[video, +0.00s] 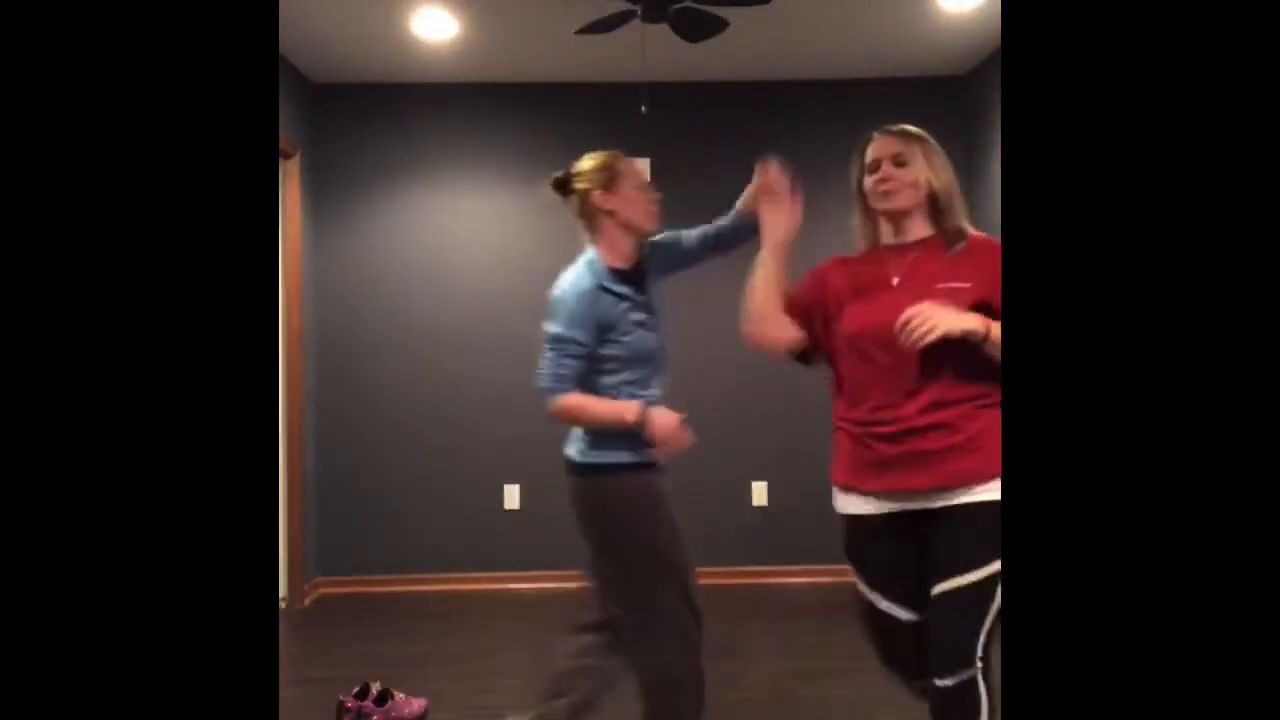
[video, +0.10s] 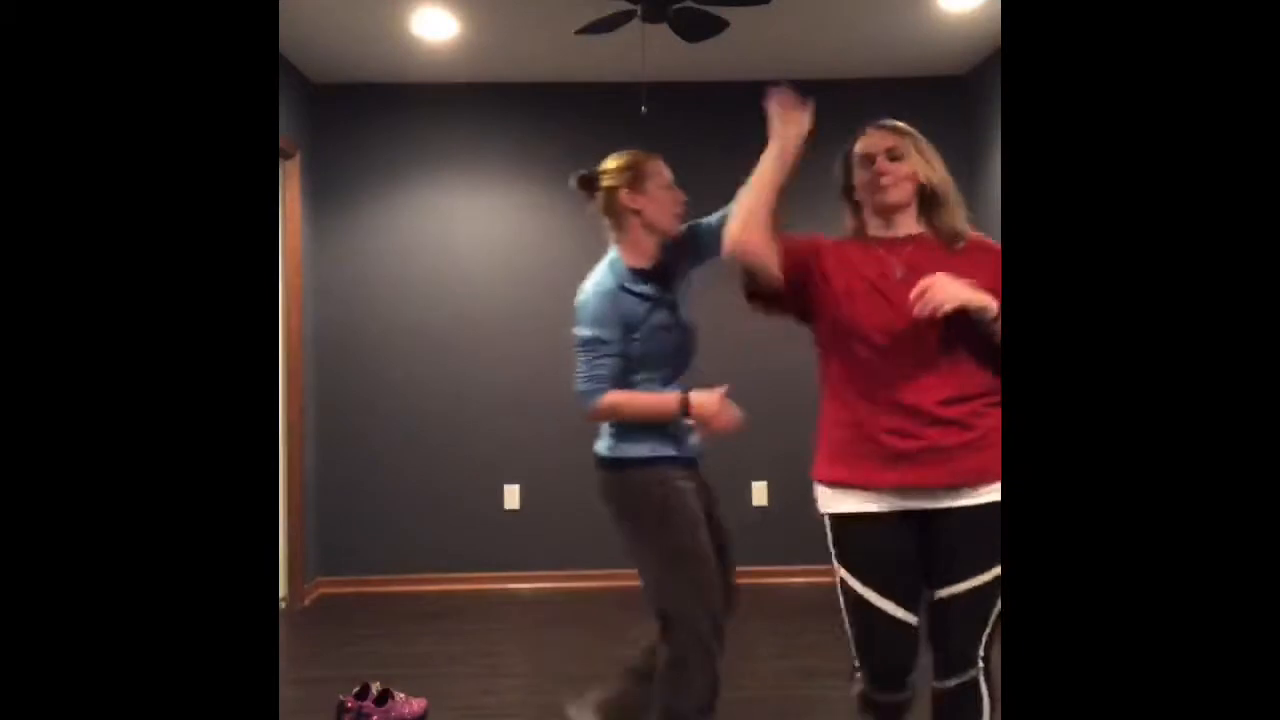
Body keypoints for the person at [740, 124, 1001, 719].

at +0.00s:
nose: (884, 173)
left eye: (899, 161)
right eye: (873, 168)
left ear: (932, 173)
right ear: (862, 189)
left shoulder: (983, 259)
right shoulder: (841, 277)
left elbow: (1003, 347)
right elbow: (765, 331)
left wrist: (974, 324)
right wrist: (773, 241)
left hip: (972, 495)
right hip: (872, 502)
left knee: (953, 667)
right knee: (902, 656)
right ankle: (964, 704)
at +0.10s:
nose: (881, 168)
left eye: (895, 156)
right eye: (866, 161)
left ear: (925, 172)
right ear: (850, 185)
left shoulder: (983, 259)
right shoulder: (826, 260)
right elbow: (741, 242)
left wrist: (984, 305)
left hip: (973, 489)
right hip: (863, 493)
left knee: (962, 671)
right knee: (886, 675)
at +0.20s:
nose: (868, 160)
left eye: (879, 148)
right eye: (850, 152)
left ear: (900, 164)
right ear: (829, 175)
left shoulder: (943, 245)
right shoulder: (802, 245)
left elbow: (996, 349)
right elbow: (777, 163)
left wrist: (979, 296)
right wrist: (814, 88)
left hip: (963, 472)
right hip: (851, 480)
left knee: (959, 662)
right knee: (881, 662)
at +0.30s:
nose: (854, 167)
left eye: (864, 154)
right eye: (836, 153)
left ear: (877, 168)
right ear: (799, 168)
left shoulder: (896, 257)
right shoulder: (779, 243)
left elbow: (959, 363)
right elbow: (817, 168)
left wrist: (954, 301)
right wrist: (860, 102)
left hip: (922, 481)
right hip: (824, 485)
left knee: (940, 666)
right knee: (848, 667)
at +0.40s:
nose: (836, 156)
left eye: (830, 145)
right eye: (820, 145)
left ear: (777, 163)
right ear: (776, 161)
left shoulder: (813, 246)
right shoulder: (760, 232)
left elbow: (847, 363)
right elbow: (908, 174)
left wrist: (897, 321)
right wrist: (900, 139)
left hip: (852, 486)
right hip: (794, 489)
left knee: (900, 645)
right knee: (817, 666)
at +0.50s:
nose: (794, 162)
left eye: (789, 148)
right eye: (784, 150)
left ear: (713, 166)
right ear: (755, 162)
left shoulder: (712, 244)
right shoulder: (773, 231)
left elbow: (776, 334)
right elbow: (920, 257)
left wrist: (861, 341)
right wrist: (918, 239)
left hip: (726, 480)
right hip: (789, 485)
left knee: (841, 635)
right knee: (811, 658)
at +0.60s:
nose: (781, 161)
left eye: (772, 144)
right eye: (766, 147)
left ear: (685, 165)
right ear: (733, 164)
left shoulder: (659, 249)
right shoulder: (761, 241)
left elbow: (718, 346)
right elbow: (873, 324)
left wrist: (813, 359)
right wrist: (894, 344)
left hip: (669, 481)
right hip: (761, 486)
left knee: (725, 635)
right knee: (783, 661)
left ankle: (672, 703)